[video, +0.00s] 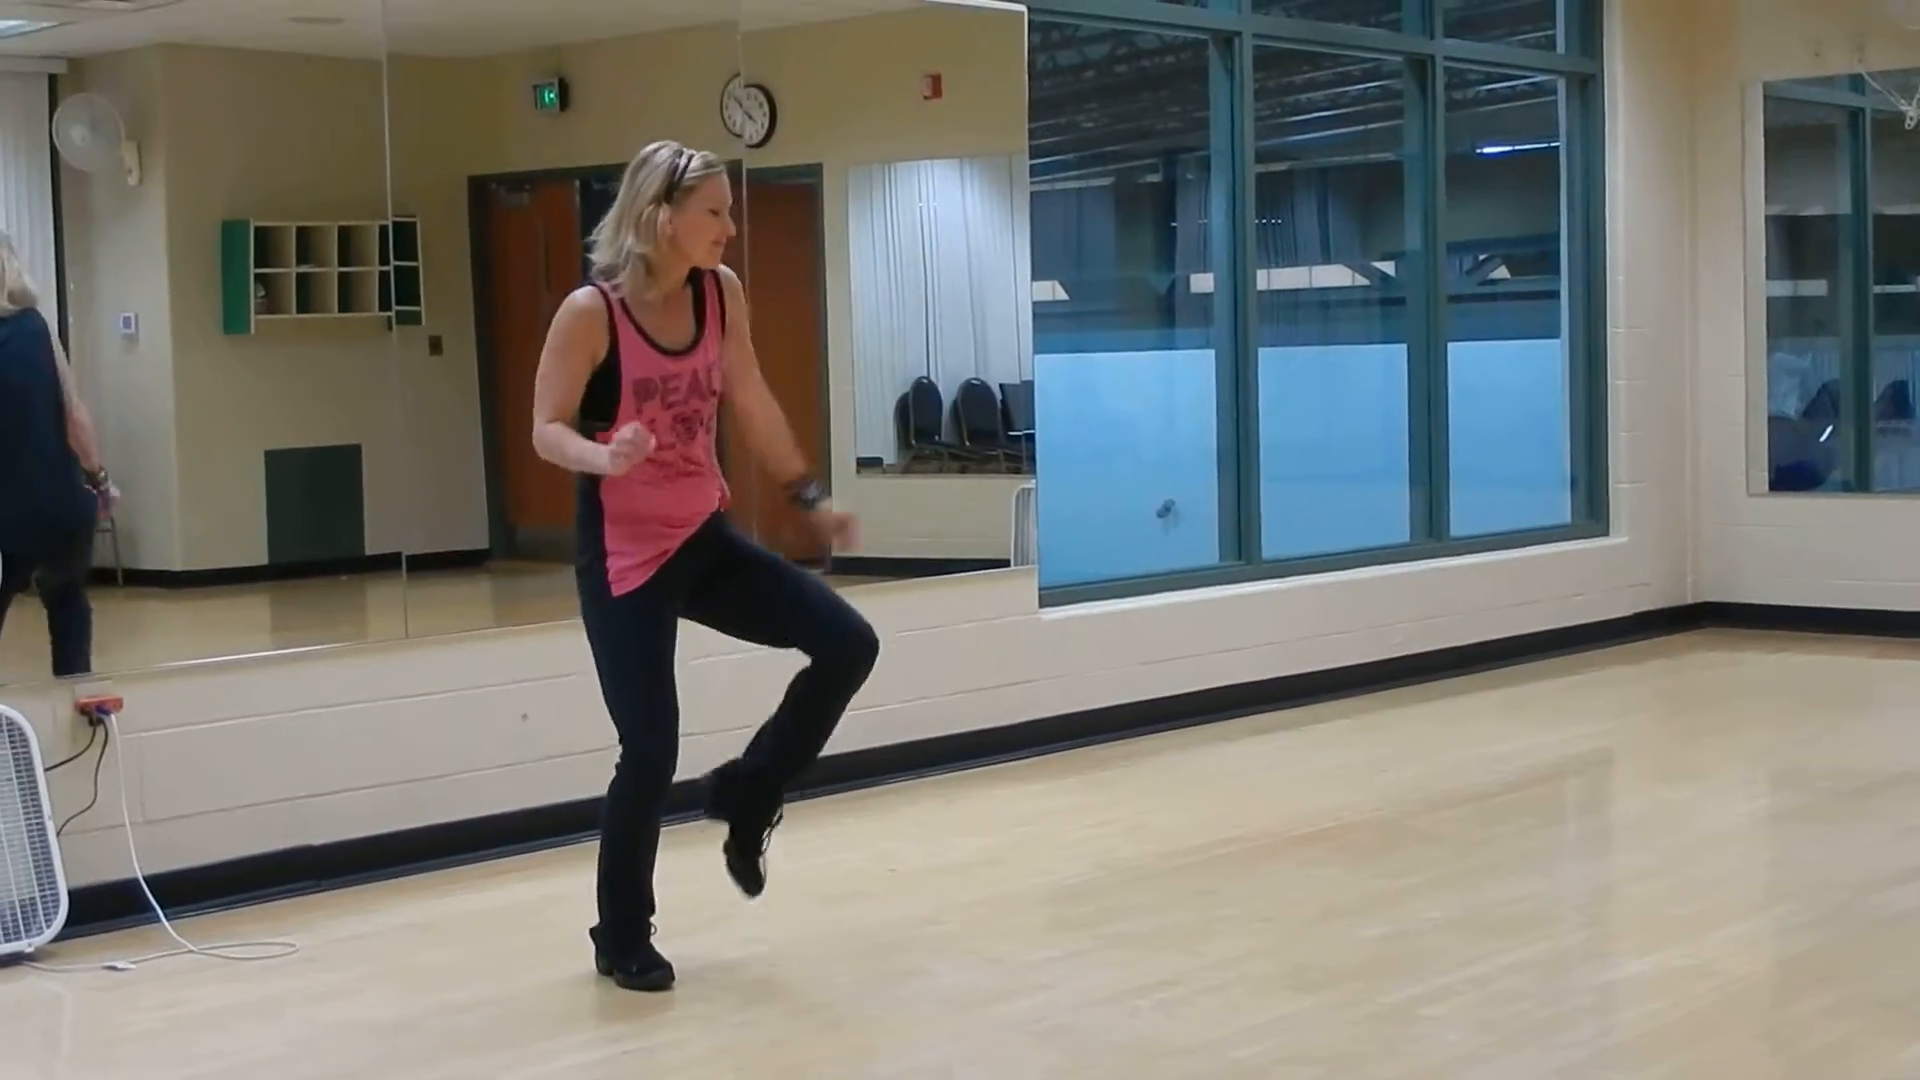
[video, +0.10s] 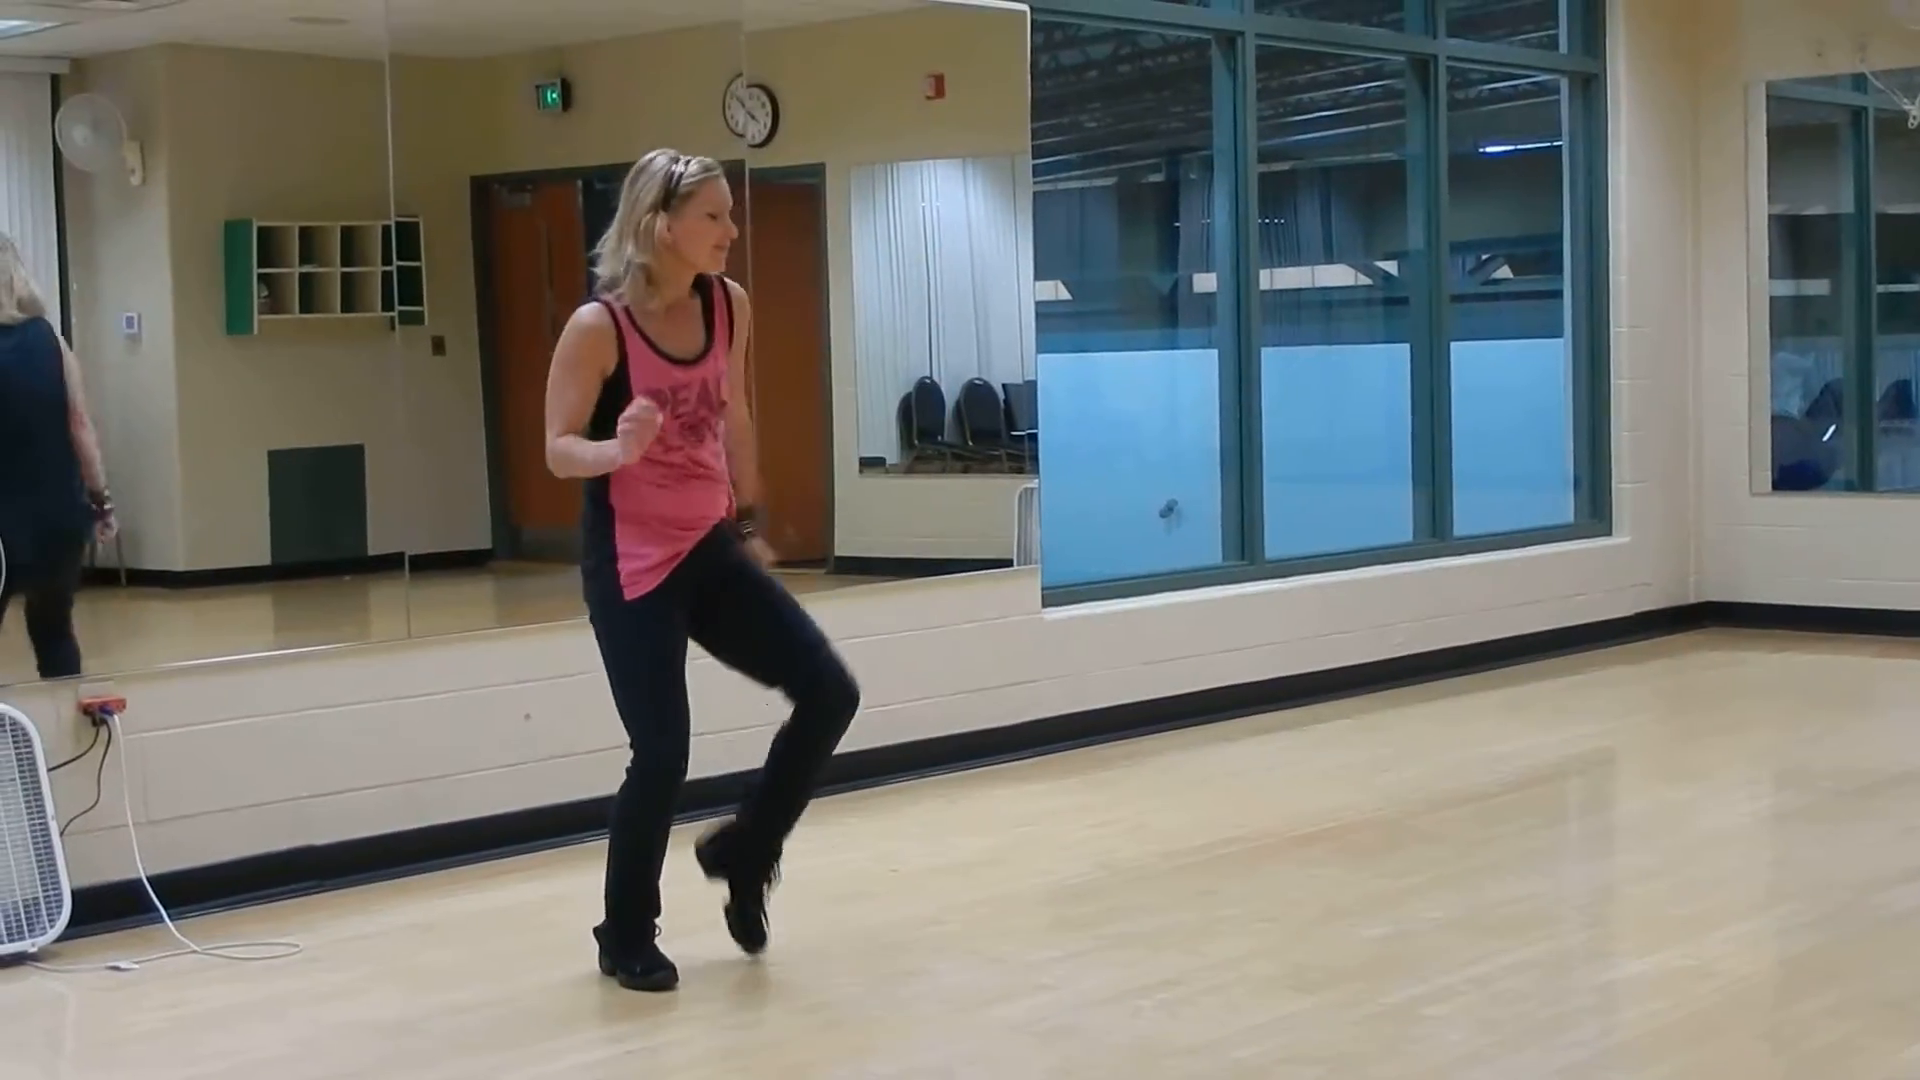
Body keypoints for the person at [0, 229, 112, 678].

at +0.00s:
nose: (19, 272)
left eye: (12, 261)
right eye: (14, 263)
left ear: (7, 278)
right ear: (14, 275)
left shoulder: (31, 327)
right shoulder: (31, 328)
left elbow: (70, 410)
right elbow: (70, 412)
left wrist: (96, 475)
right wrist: (97, 475)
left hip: (15, 508)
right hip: (56, 501)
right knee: (67, 602)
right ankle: (76, 709)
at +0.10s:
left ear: (8, 281)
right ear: (19, 278)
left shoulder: (43, 339)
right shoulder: (44, 339)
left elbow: (79, 424)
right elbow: (78, 424)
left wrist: (99, 498)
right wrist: (100, 498)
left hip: (11, 520)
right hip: (58, 513)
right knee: (52, 625)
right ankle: (77, 727)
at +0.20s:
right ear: (25, 282)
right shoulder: (60, 350)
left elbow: (89, 426)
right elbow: (90, 426)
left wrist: (102, 504)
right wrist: (103, 503)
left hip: (6, 531)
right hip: (56, 523)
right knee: (51, 639)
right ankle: (88, 730)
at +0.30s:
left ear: (3, 280)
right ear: (38, 275)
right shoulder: (67, 339)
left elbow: (107, 410)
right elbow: (107, 410)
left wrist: (108, 495)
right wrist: (109, 494)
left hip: (5, 524)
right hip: (59, 519)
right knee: (69, 638)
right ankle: (110, 740)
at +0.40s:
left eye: (2, 261)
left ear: (7, 267)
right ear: (54, 264)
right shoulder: (85, 328)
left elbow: (136, 401)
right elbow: (136, 400)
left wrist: (119, 481)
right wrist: (120, 481)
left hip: (9, 509)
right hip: (64, 505)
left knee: (3, 642)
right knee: (89, 630)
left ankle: (8, 746)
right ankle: (134, 739)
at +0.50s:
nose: (8, 272)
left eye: (13, 263)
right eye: (10, 263)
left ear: (24, 267)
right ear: (74, 264)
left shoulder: (10, 322)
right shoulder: (106, 327)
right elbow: (165, 391)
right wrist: (136, 465)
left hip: (15, 508)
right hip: (79, 507)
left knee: (9, 647)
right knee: (116, 640)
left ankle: (10, 750)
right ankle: (178, 732)